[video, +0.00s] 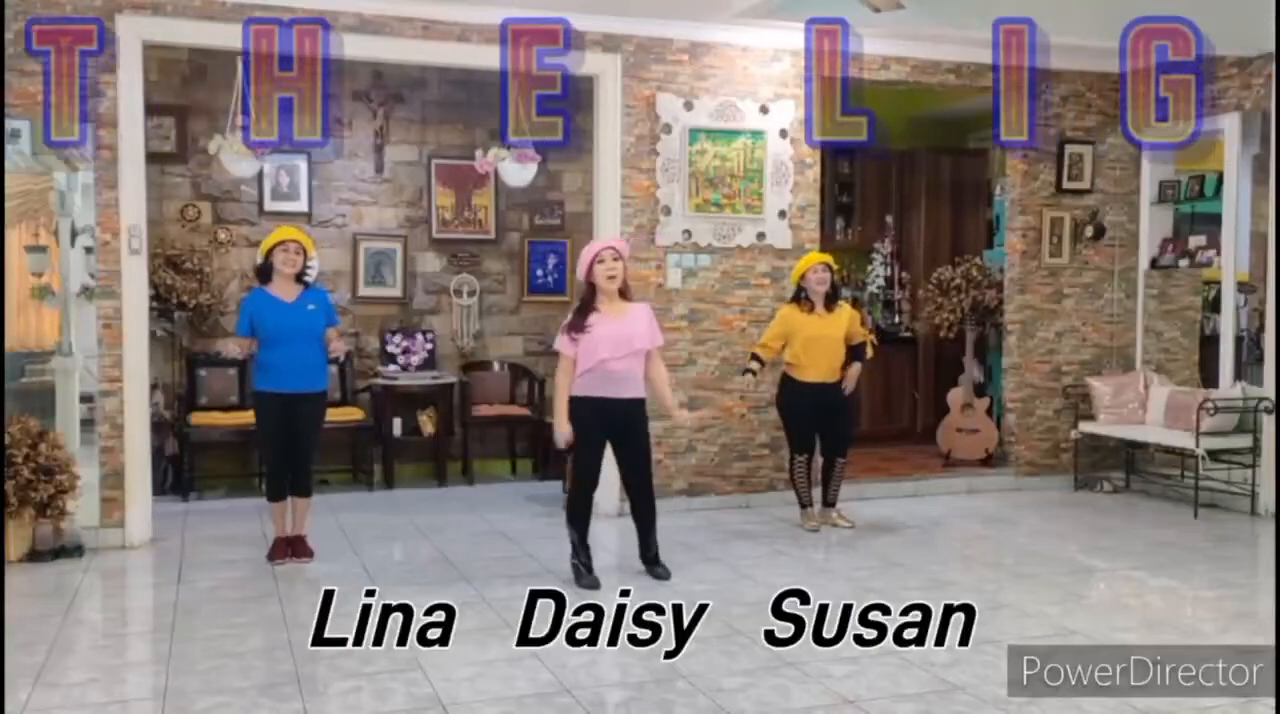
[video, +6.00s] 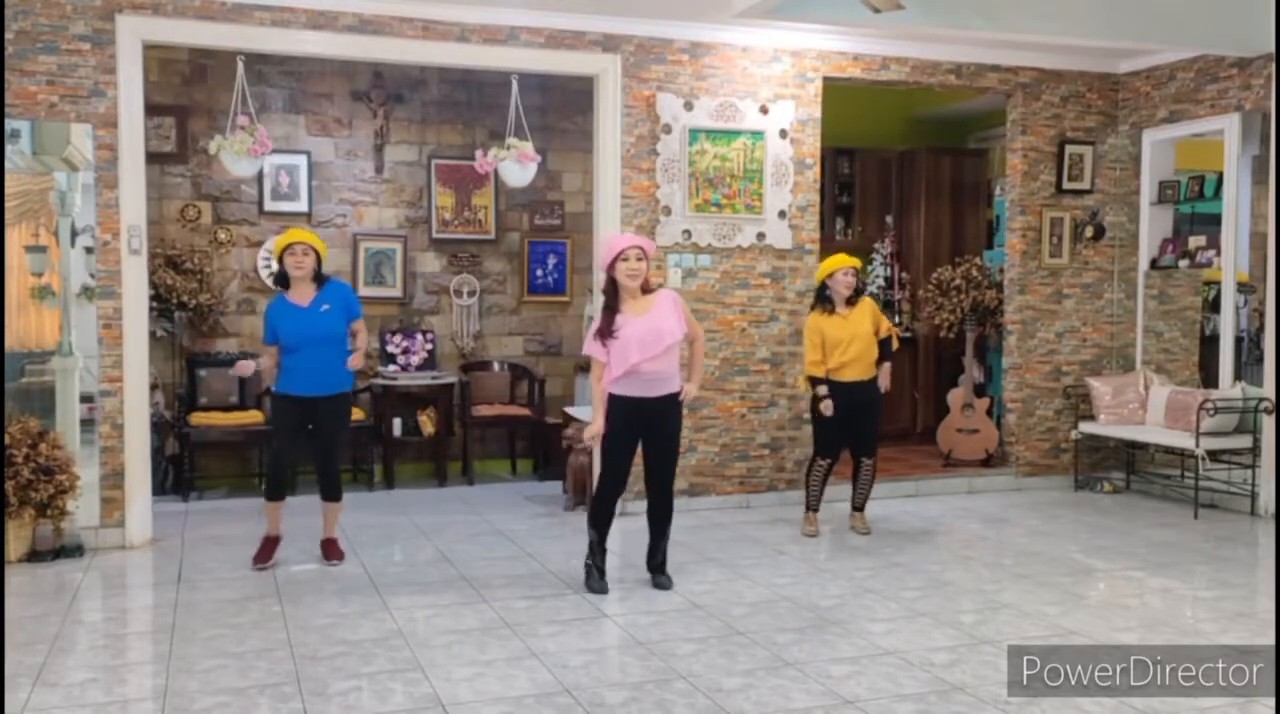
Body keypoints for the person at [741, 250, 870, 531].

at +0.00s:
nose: (820, 276)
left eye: (825, 270)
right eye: (814, 271)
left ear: (832, 278)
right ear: (802, 280)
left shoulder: (845, 313)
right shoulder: (790, 313)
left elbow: (861, 342)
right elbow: (767, 345)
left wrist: (856, 367)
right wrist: (752, 368)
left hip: (833, 390)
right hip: (796, 389)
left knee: (837, 450)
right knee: (802, 450)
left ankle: (830, 508)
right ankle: (807, 510)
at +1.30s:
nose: (843, 274)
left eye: (845, 270)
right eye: (836, 271)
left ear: (850, 277)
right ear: (822, 281)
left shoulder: (864, 309)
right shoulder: (814, 316)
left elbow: (873, 345)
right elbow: (801, 353)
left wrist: (890, 356)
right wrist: (792, 375)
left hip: (849, 388)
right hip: (815, 387)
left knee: (855, 450)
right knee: (813, 449)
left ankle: (851, 509)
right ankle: (808, 509)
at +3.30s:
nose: (832, 281)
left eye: (832, 275)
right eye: (826, 277)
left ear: (834, 279)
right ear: (809, 284)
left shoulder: (847, 305)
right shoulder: (795, 320)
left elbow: (861, 337)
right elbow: (784, 357)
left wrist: (861, 365)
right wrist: (780, 373)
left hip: (835, 390)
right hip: (800, 389)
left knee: (847, 451)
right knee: (802, 452)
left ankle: (849, 509)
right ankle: (804, 512)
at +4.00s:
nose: (862, 277)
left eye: (866, 272)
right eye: (855, 273)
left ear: (870, 277)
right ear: (842, 280)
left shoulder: (879, 312)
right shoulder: (827, 309)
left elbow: (881, 353)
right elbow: (814, 351)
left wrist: (898, 370)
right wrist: (822, 378)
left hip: (866, 388)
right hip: (834, 388)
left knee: (864, 451)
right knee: (836, 452)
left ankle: (857, 510)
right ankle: (832, 510)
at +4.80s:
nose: (842, 277)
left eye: (846, 272)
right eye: (835, 273)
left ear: (852, 278)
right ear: (822, 281)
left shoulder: (861, 313)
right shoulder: (807, 313)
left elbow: (866, 350)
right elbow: (788, 349)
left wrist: (864, 380)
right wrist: (779, 380)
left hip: (844, 390)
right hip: (807, 388)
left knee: (851, 452)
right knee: (807, 452)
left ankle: (854, 510)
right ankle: (807, 513)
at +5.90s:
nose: (845, 278)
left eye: (848, 273)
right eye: (838, 273)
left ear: (852, 279)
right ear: (822, 280)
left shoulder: (862, 305)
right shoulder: (811, 317)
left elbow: (881, 332)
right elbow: (807, 358)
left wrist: (880, 365)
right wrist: (812, 392)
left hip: (861, 387)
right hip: (826, 388)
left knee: (862, 452)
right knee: (820, 453)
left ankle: (857, 511)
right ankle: (810, 512)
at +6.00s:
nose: (851, 279)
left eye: (854, 274)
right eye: (844, 274)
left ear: (857, 280)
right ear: (828, 281)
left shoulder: (867, 307)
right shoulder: (817, 318)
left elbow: (886, 333)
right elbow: (813, 360)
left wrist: (885, 365)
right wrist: (821, 393)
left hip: (866, 388)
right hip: (832, 388)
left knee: (866, 453)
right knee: (826, 453)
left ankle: (858, 512)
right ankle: (811, 512)